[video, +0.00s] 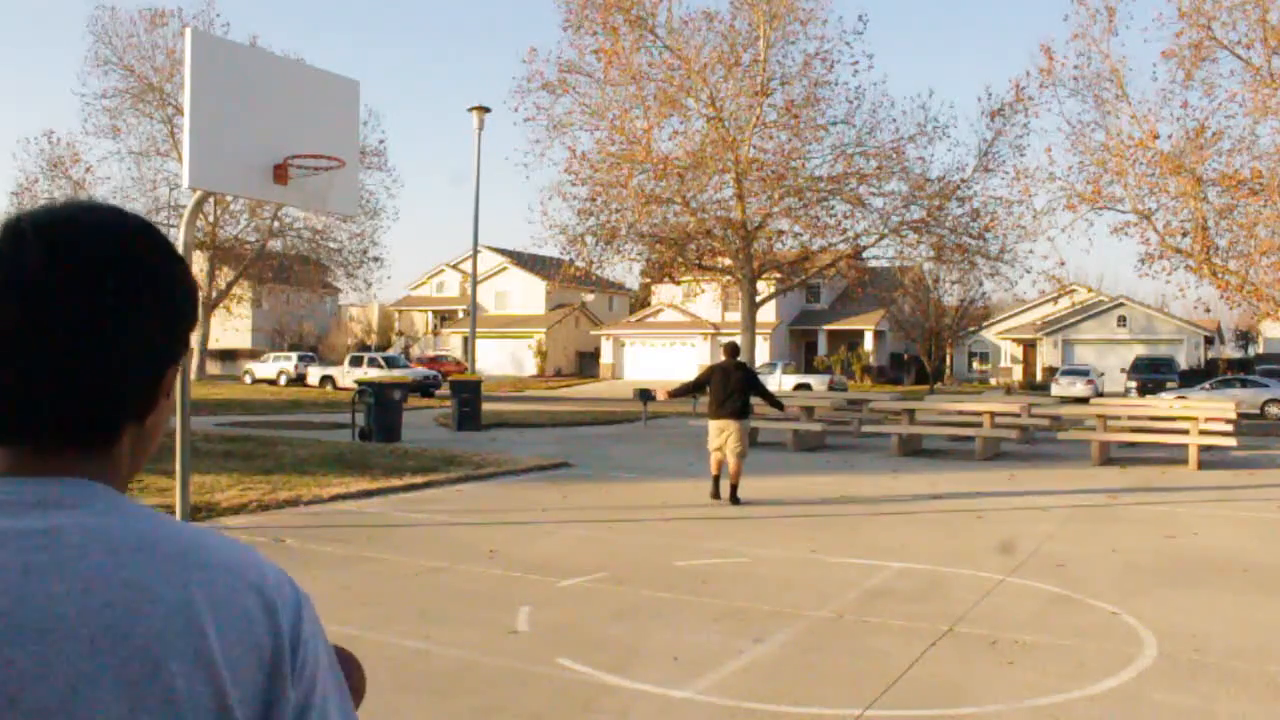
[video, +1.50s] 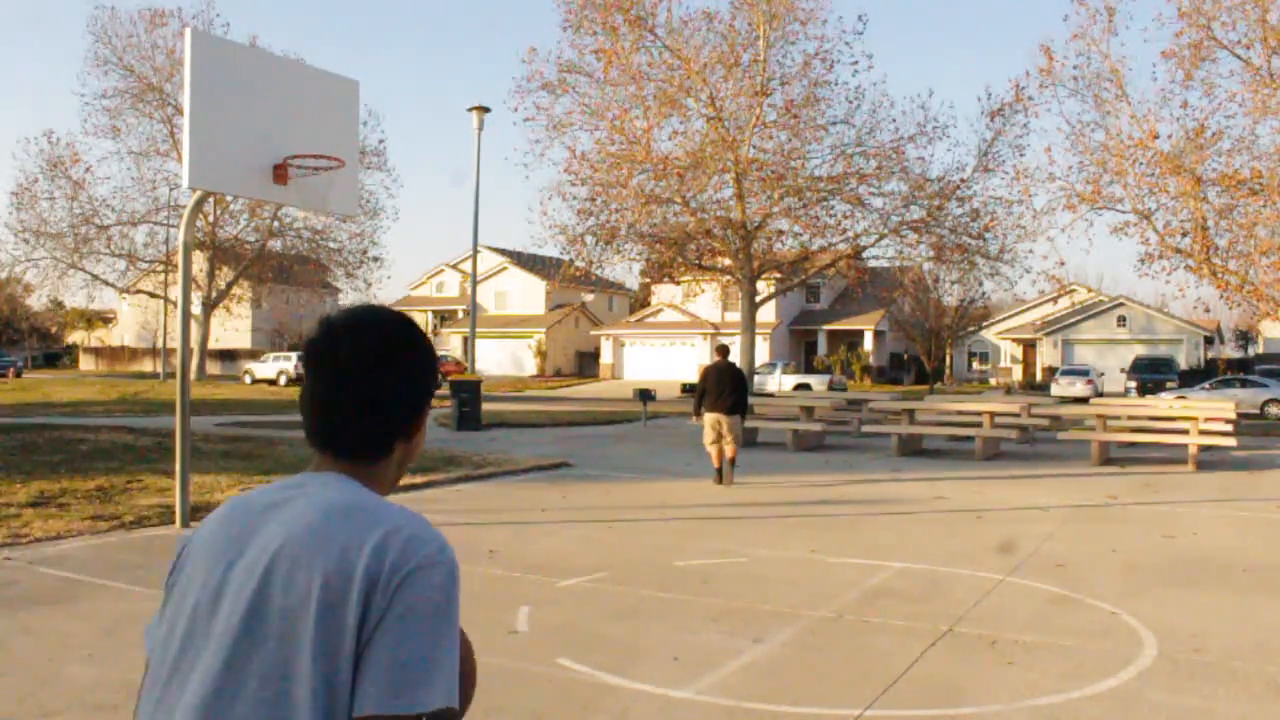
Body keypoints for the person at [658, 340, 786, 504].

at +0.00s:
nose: (725, 355)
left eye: (724, 352)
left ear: (724, 353)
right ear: (739, 353)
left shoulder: (714, 369)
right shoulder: (746, 371)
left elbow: (694, 385)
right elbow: (763, 392)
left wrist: (671, 393)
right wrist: (781, 407)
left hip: (716, 419)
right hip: (737, 420)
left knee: (716, 452)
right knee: (735, 456)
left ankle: (715, 487)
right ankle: (733, 494)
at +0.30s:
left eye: (723, 354)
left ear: (720, 355)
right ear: (734, 355)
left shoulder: (711, 372)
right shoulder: (743, 374)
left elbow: (700, 396)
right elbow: (751, 398)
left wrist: (692, 416)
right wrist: (750, 418)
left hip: (715, 420)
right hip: (736, 420)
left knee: (716, 453)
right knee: (735, 454)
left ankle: (720, 487)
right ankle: (734, 490)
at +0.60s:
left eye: (721, 351)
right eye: (728, 351)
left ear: (719, 353)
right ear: (732, 353)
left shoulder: (709, 370)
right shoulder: (741, 371)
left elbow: (699, 390)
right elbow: (750, 394)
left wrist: (695, 406)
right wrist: (757, 413)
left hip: (715, 415)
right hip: (735, 416)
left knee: (717, 450)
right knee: (732, 449)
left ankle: (721, 487)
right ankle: (732, 483)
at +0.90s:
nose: (723, 355)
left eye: (722, 353)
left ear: (721, 354)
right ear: (734, 354)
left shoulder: (712, 370)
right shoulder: (743, 373)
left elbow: (701, 391)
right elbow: (750, 397)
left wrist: (695, 410)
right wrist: (755, 417)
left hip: (715, 416)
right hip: (735, 417)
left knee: (714, 447)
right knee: (732, 449)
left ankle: (716, 471)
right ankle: (728, 477)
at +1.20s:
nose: (725, 355)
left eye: (723, 353)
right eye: (728, 352)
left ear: (720, 353)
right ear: (733, 354)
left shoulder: (712, 369)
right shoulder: (741, 371)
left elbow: (703, 392)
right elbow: (747, 392)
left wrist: (703, 411)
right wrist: (744, 410)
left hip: (715, 412)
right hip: (733, 413)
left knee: (714, 443)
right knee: (729, 445)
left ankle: (715, 471)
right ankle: (728, 477)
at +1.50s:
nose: (718, 356)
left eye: (717, 353)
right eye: (722, 353)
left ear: (716, 354)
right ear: (728, 354)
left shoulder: (708, 370)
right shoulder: (737, 372)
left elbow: (700, 392)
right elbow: (743, 394)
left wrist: (696, 411)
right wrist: (742, 413)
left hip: (711, 412)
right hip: (731, 413)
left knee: (713, 442)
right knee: (730, 441)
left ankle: (718, 472)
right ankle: (731, 462)